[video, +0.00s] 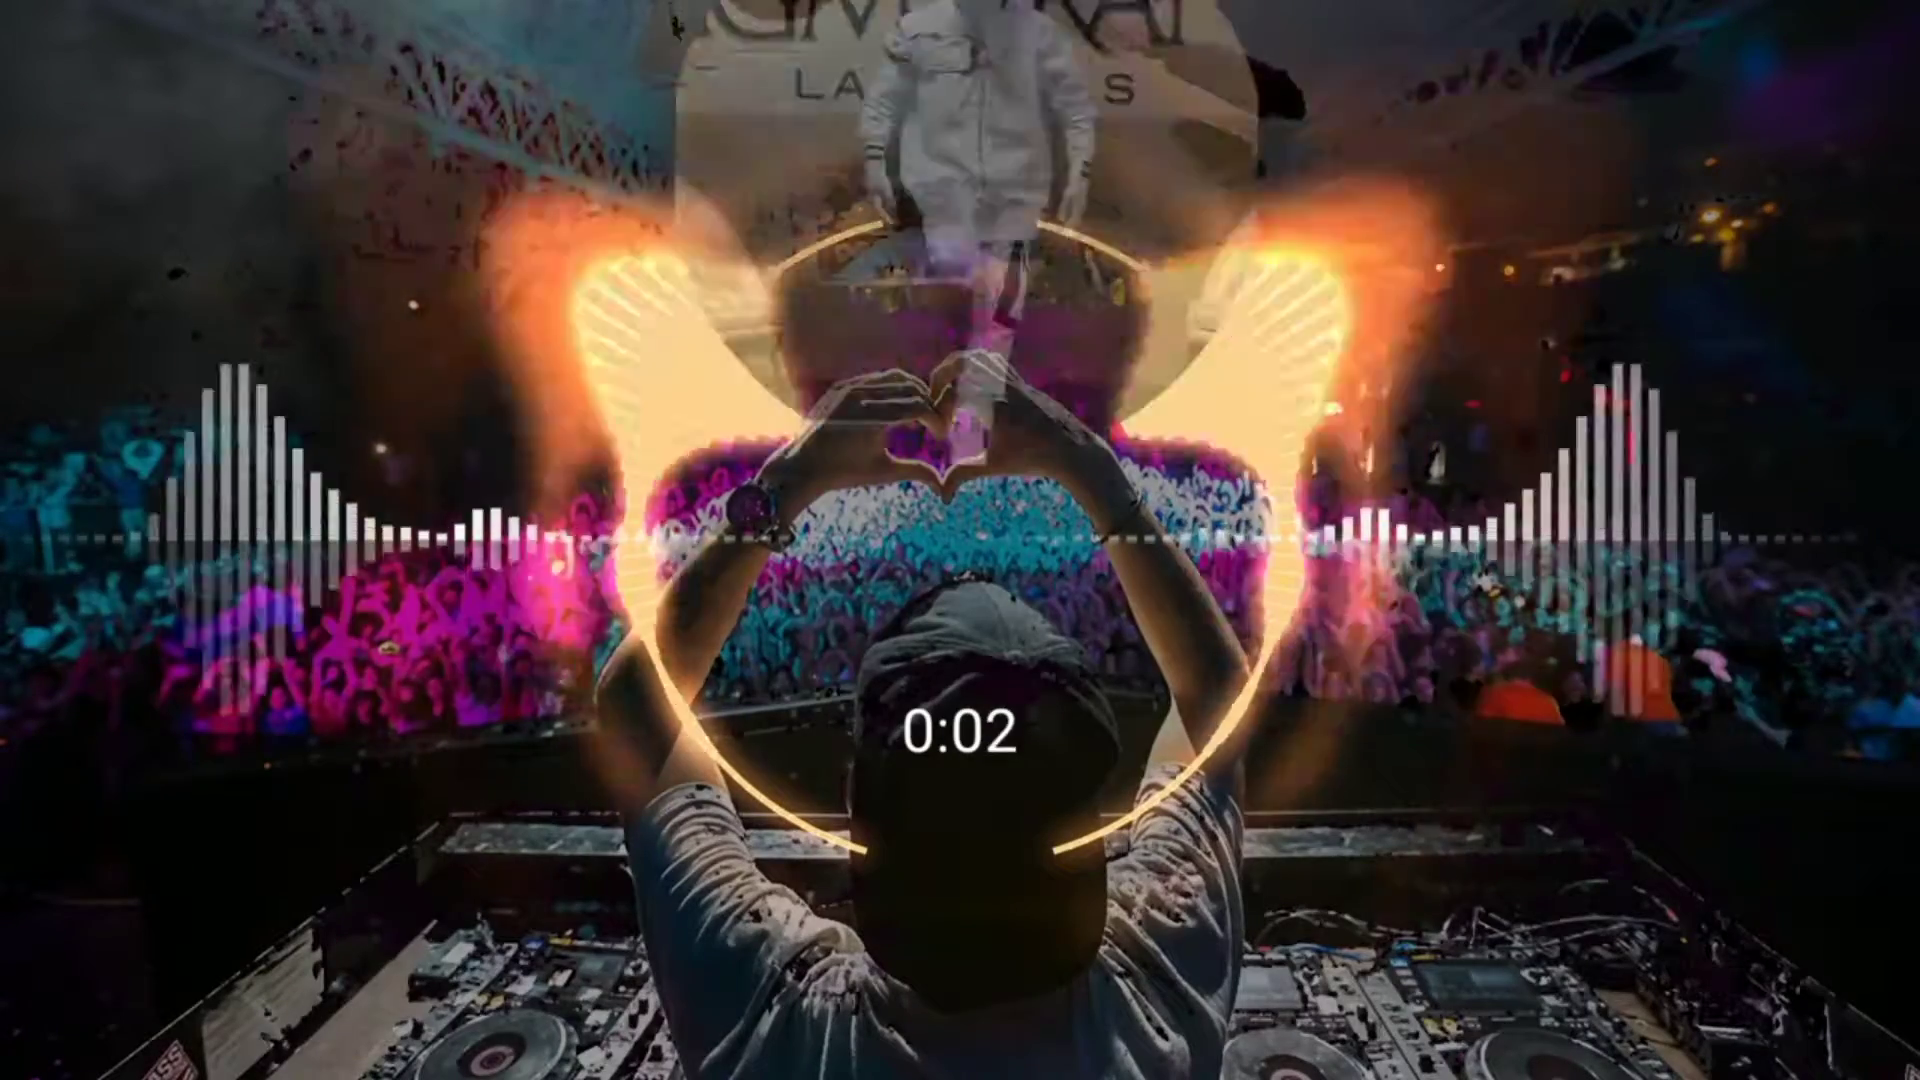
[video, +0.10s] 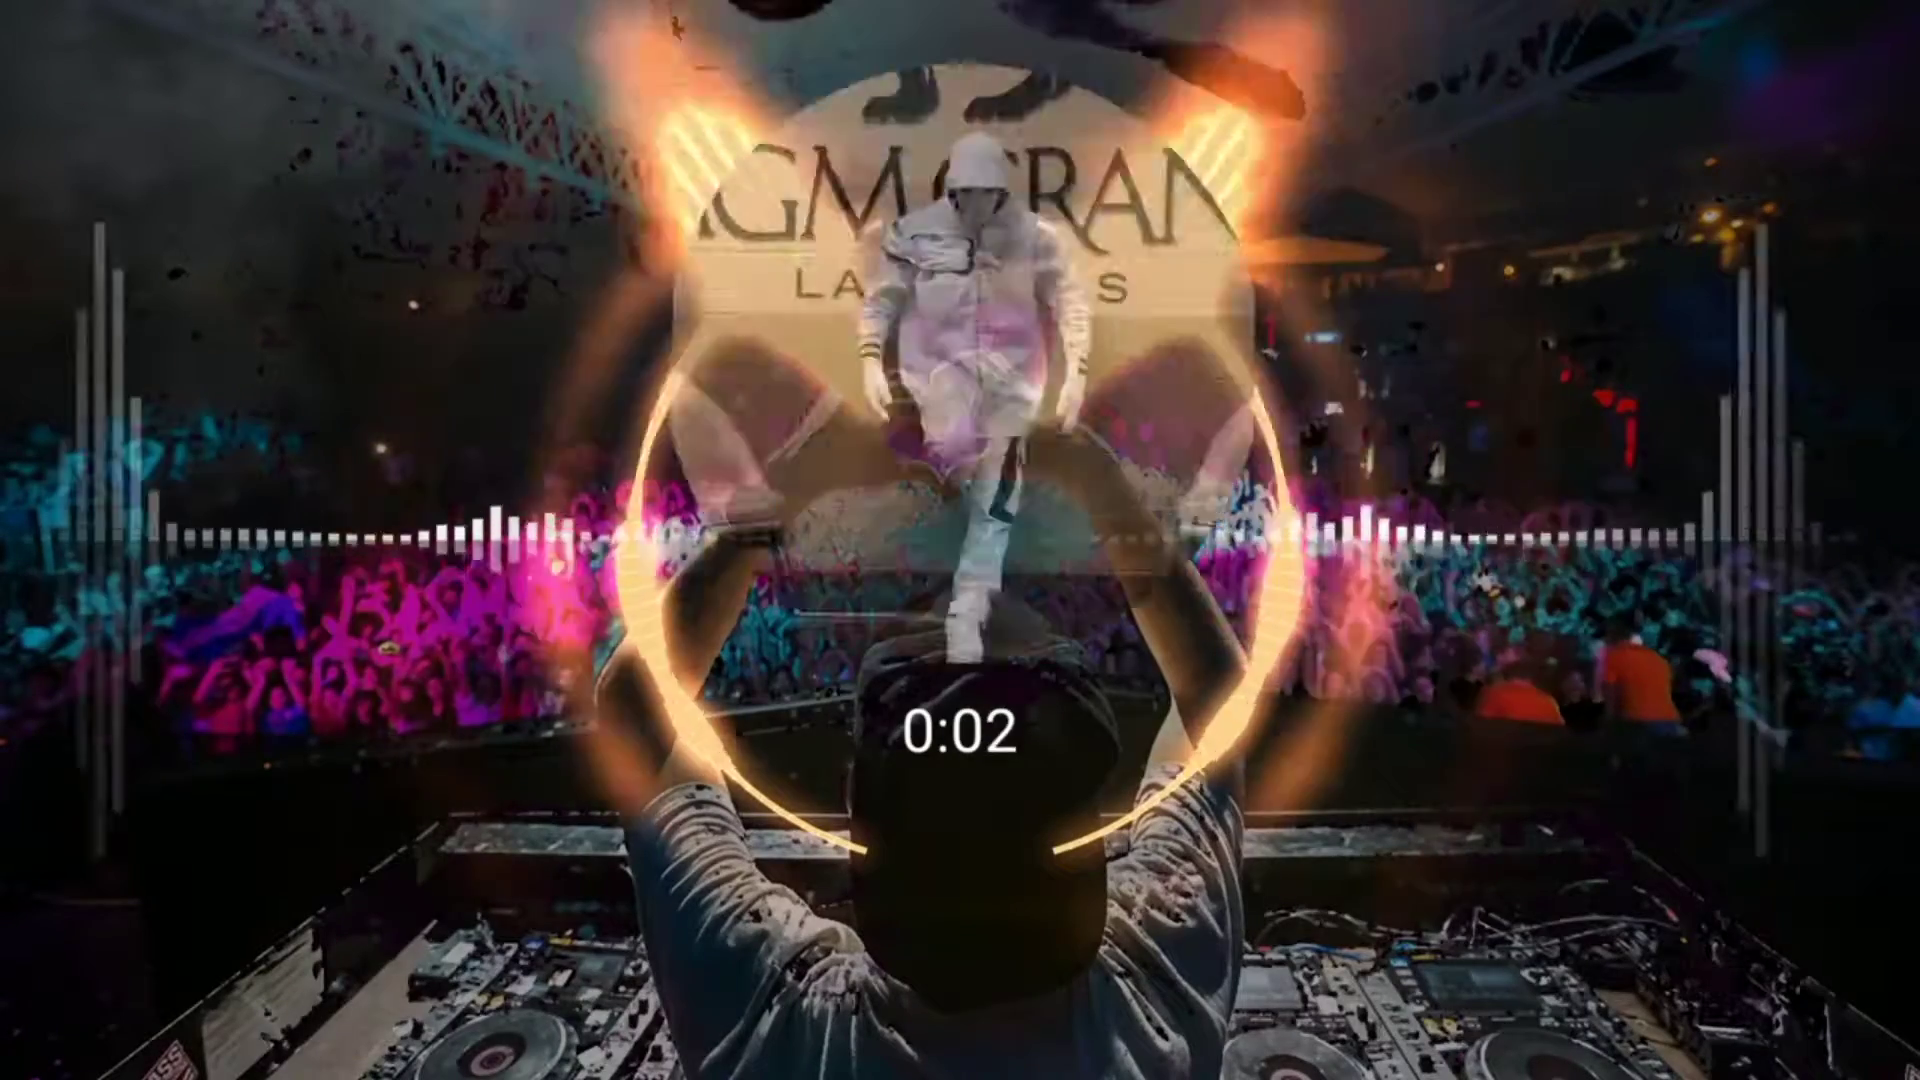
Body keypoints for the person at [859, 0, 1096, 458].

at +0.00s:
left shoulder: (1038, 30)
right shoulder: (919, 26)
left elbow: (1077, 110)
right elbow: (882, 101)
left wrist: (1077, 178)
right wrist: (876, 167)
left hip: (1017, 189)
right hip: (939, 186)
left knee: (999, 310)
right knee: (957, 300)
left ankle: (972, 419)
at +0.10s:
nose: (972, 207)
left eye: (985, 195)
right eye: (962, 194)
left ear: (1004, 194)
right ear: (949, 190)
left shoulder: (1040, 239)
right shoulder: (911, 236)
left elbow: (1070, 315)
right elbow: (880, 303)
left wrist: (1068, 390)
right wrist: (874, 364)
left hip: (1011, 372)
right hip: (936, 368)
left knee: (995, 498)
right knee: (951, 446)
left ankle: (967, 620)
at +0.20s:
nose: (975, 311)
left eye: (985, 301)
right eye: (966, 302)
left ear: (1000, 302)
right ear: (951, 301)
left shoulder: (1030, 347)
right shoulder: (915, 346)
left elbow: (1067, 417)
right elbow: (883, 413)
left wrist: (1072, 483)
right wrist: (873, 472)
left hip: (1010, 488)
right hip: (938, 482)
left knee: (994, 605)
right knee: (947, 559)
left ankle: (968, 716)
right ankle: (982, 601)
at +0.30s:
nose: (976, 352)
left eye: (985, 343)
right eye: (966, 342)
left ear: (999, 348)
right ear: (951, 346)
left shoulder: (1030, 401)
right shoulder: (917, 398)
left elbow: (1063, 471)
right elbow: (885, 467)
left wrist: (1068, 535)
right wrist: (879, 525)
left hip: (1007, 537)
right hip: (938, 531)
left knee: (992, 654)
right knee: (947, 606)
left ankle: (964, 766)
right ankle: (980, 649)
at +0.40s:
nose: (974, 365)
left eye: (985, 356)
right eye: (965, 355)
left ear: (998, 361)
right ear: (950, 359)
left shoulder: (1028, 417)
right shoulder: (918, 414)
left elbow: (1059, 486)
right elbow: (897, 487)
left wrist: (1060, 550)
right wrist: (893, 546)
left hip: (1005, 549)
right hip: (938, 541)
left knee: (991, 664)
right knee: (946, 615)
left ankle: (963, 772)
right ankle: (978, 656)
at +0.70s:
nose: (966, 371)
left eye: (976, 363)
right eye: (959, 362)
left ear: (990, 369)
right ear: (945, 367)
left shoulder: (1017, 416)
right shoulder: (932, 412)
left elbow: (1038, 488)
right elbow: (911, 368)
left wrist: (1036, 551)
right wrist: (939, 313)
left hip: (996, 545)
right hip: (942, 538)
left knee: (985, 654)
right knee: (941, 607)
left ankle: (963, 755)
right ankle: (973, 641)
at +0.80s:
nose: (970, 374)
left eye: (979, 367)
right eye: (962, 367)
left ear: (991, 371)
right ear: (948, 372)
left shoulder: (1014, 413)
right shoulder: (932, 410)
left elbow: (1031, 485)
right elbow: (910, 364)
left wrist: (1029, 544)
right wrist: (939, 337)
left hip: (996, 546)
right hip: (943, 541)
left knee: (983, 654)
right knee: (937, 607)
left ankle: (962, 751)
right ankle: (971, 636)